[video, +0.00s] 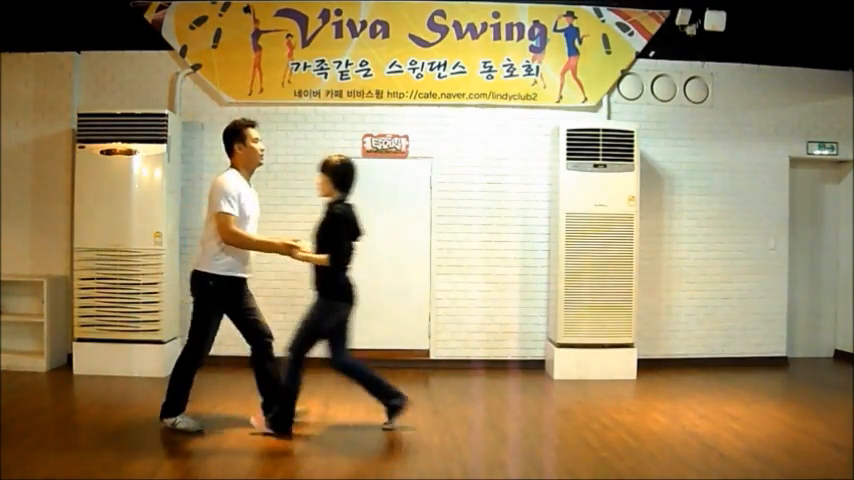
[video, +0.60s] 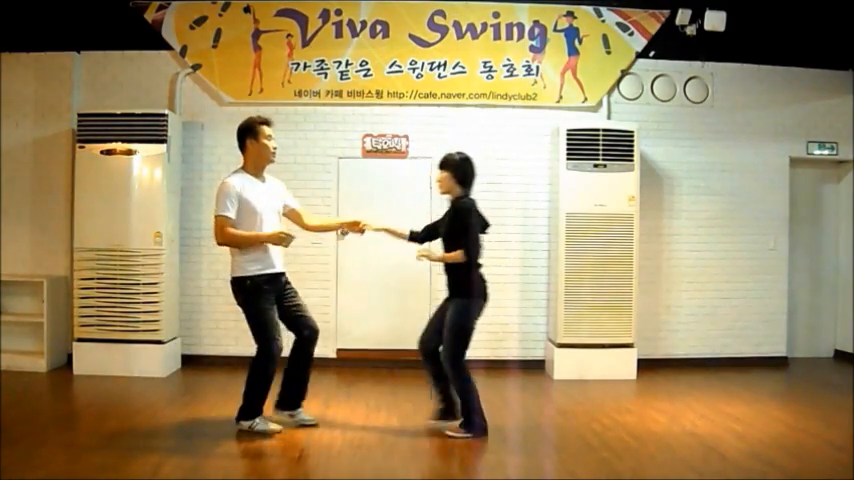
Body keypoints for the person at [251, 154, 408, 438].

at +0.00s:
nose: (317, 180)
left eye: (321, 175)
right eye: (319, 175)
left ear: (332, 181)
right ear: (340, 181)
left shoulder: (337, 214)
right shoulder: (340, 210)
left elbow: (337, 260)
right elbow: (338, 252)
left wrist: (300, 255)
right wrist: (305, 250)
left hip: (332, 298)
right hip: (339, 296)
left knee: (296, 350)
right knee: (339, 359)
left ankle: (280, 421)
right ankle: (392, 399)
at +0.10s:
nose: (343, 182)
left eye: (347, 178)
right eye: (345, 177)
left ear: (358, 182)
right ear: (366, 182)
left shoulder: (364, 216)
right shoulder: (370, 211)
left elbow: (357, 259)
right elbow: (385, 234)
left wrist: (323, 257)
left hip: (361, 298)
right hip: (369, 296)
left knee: (327, 352)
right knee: (369, 358)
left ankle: (298, 415)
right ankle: (409, 412)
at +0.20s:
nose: (366, 179)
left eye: (370, 173)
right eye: (368, 173)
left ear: (382, 178)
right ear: (388, 178)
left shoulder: (388, 210)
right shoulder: (392, 207)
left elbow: (380, 254)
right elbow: (386, 251)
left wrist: (348, 251)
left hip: (384, 294)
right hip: (392, 293)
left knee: (346, 349)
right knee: (385, 355)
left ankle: (349, 417)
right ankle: (412, 416)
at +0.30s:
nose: (387, 177)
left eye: (391, 171)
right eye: (388, 171)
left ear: (405, 175)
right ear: (406, 176)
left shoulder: (409, 206)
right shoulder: (409, 204)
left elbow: (404, 250)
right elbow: (395, 246)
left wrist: (374, 250)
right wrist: (361, 241)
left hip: (408, 291)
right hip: (410, 289)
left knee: (380, 348)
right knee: (393, 349)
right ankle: (412, 414)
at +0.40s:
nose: (405, 176)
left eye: (410, 171)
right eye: (407, 170)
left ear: (422, 176)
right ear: (422, 175)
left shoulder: (429, 207)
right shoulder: (423, 205)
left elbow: (422, 251)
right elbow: (406, 244)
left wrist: (391, 252)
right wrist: (376, 241)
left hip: (429, 293)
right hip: (424, 291)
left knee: (407, 354)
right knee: (407, 353)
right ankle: (413, 416)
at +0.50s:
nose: (422, 177)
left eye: (427, 172)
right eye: (424, 171)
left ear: (441, 176)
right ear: (439, 177)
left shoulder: (448, 207)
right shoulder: (440, 206)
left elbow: (447, 253)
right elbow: (417, 243)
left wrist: (414, 255)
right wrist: (374, 239)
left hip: (450, 295)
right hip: (441, 295)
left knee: (442, 360)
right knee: (417, 349)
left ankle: (474, 422)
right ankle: (415, 416)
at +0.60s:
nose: (437, 177)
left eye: (442, 171)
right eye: (439, 171)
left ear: (456, 177)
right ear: (454, 178)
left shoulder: (466, 210)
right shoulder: (454, 211)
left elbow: (469, 254)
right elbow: (421, 237)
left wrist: (436, 257)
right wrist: (383, 228)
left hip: (469, 296)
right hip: (457, 295)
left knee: (453, 357)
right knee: (428, 345)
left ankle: (474, 424)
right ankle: (449, 409)